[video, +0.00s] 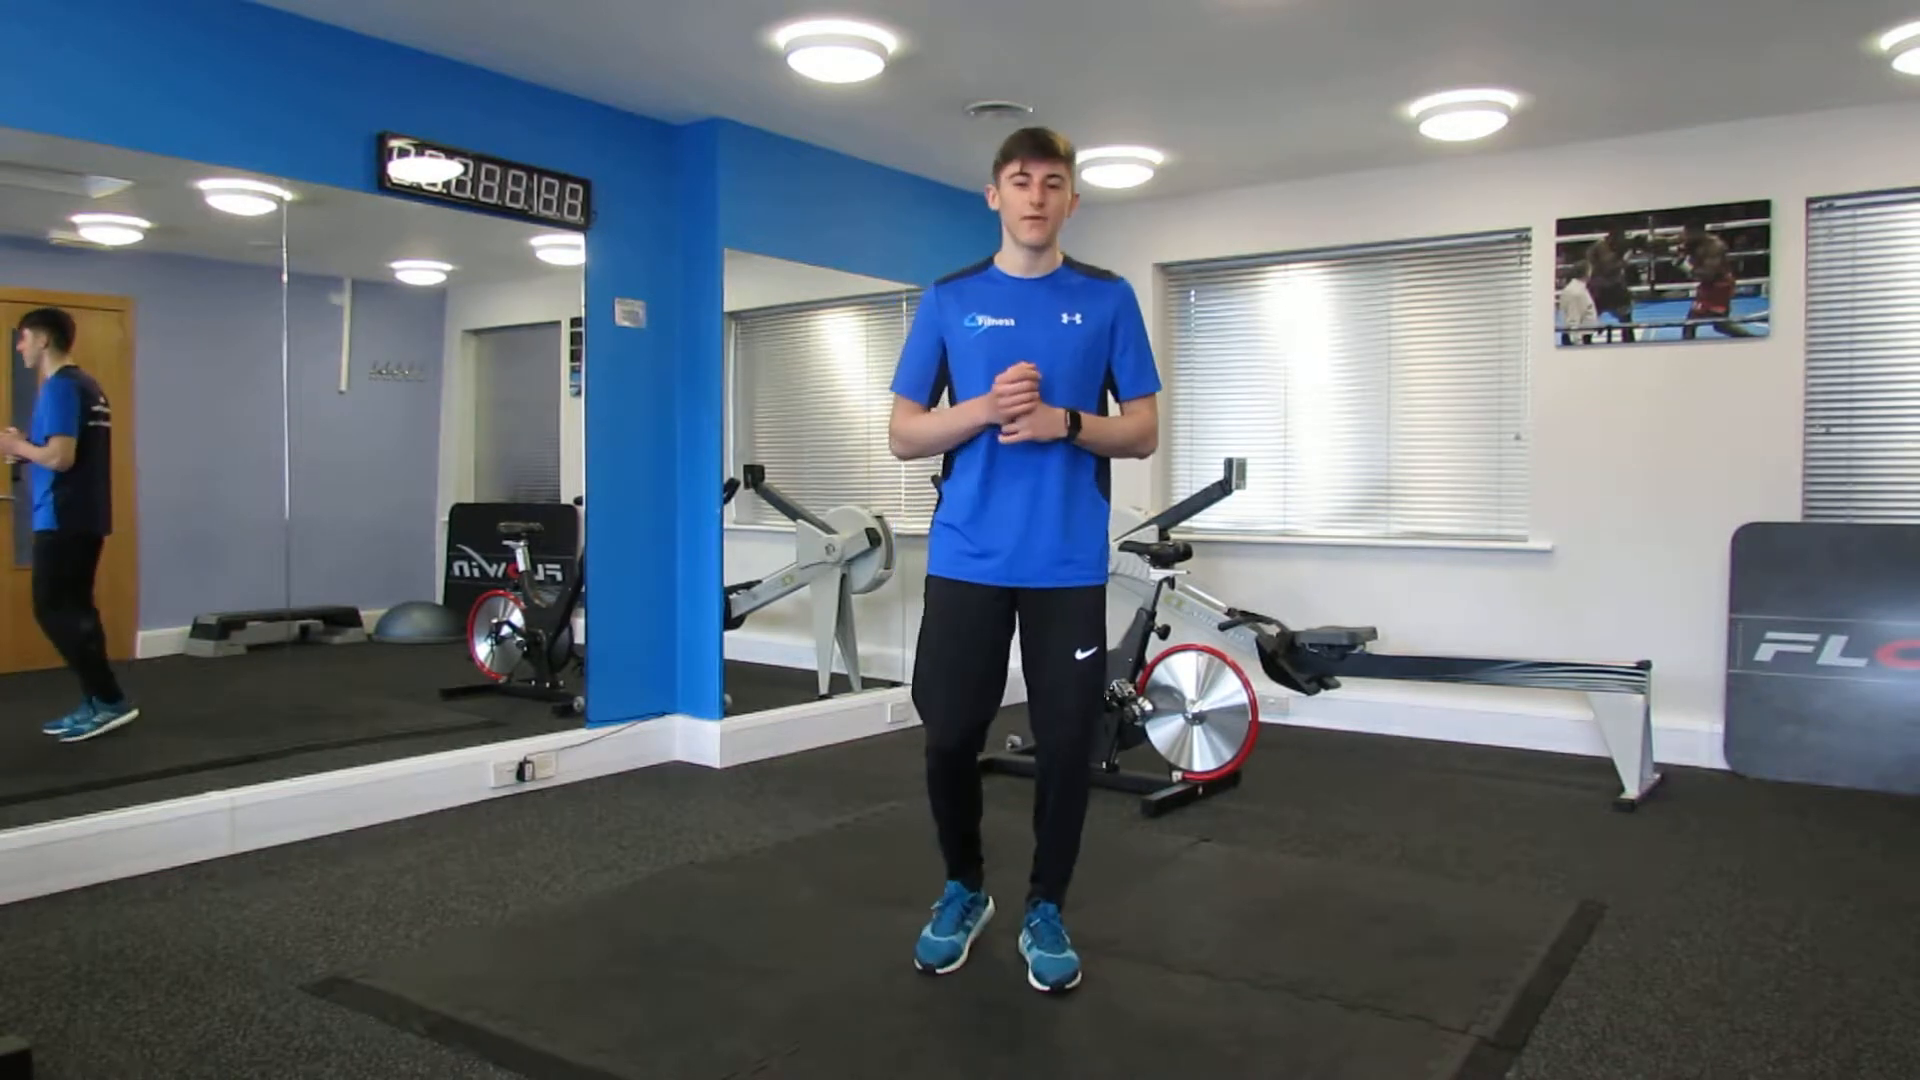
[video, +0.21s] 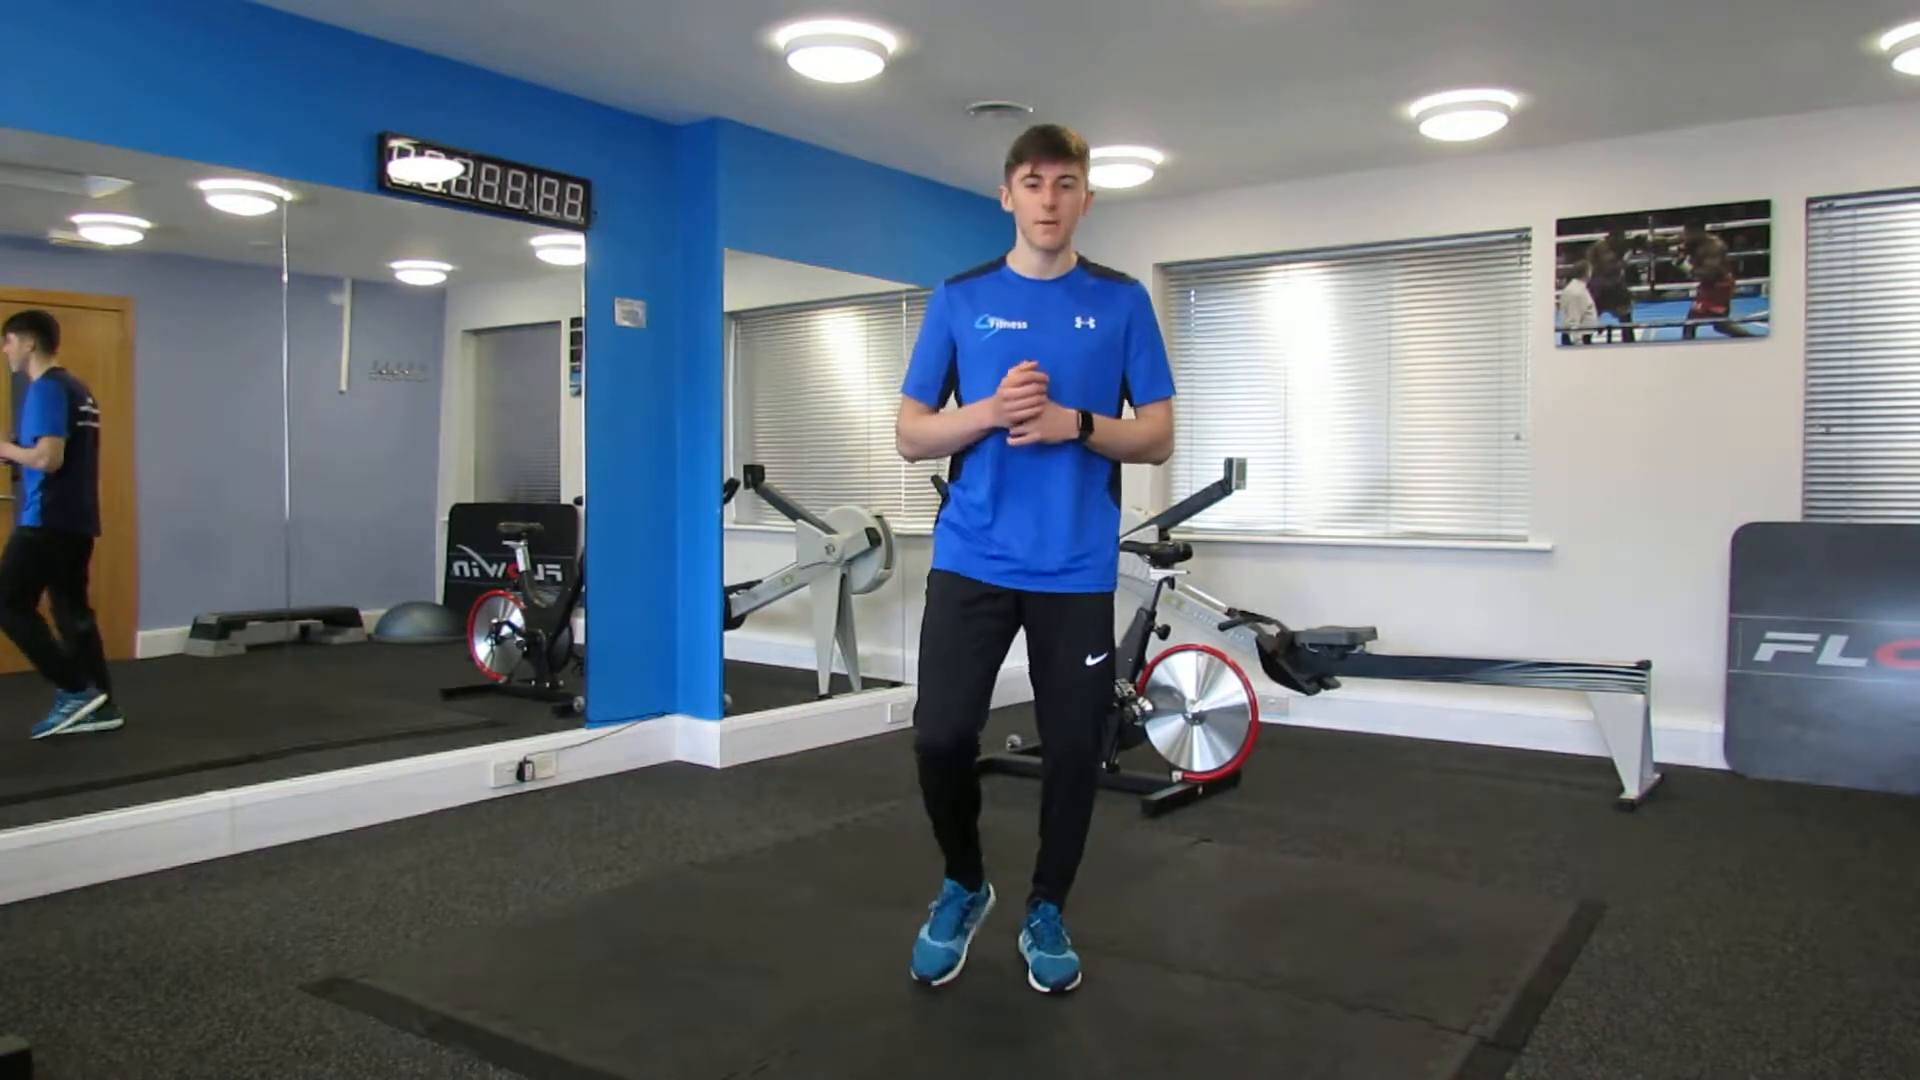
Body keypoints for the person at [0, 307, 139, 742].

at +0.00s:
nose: (19, 347)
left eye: (24, 338)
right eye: (20, 339)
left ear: (43, 340)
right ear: (53, 340)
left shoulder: (60, 387)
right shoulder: (86, 386)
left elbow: (61, 456)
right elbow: (73, 453)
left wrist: (18, 446)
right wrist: (28, 450)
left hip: (64, 523)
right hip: (85, 521)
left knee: (52, 607)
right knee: (76, 606)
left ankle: (108, 701)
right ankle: (98, 700)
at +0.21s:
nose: (6, 352)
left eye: (9, 343)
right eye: (6, 343)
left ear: (29, 343)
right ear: (42, 345)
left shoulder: (47, 389)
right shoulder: (78, 390)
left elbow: (50, 458)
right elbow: (72, 458)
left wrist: (8, 450)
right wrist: (22, 456)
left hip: (46, 525)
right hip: (76, 525)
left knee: (11, 605)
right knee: (73, 609)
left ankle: (75, 689)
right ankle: (100, 702)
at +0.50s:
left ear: (0, 345)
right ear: (18, 344)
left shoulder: (16, 388)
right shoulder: (43, 387)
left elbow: (23, 457)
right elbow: (44, 455)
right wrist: (9, 455)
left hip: (23, 529)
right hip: (51, 525)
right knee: (64, 611)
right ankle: (99, 703)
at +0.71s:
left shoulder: (11, 395)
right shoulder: (17, 395)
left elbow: (19, 471)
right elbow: (26, 469)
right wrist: (28, 526)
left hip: (11, 524)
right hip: (18, 522)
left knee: (21, 602)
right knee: (22, 602)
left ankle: (86, 690)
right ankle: (86, 690)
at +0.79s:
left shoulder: (6, 400)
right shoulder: (7, 399)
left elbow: (8, 472)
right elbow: (10, 472)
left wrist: (11, 525)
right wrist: (11, 525)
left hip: (3, 527)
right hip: (3, 526)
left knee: (5, 611)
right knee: (5, 610)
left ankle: (74, 682)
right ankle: (73, 682)